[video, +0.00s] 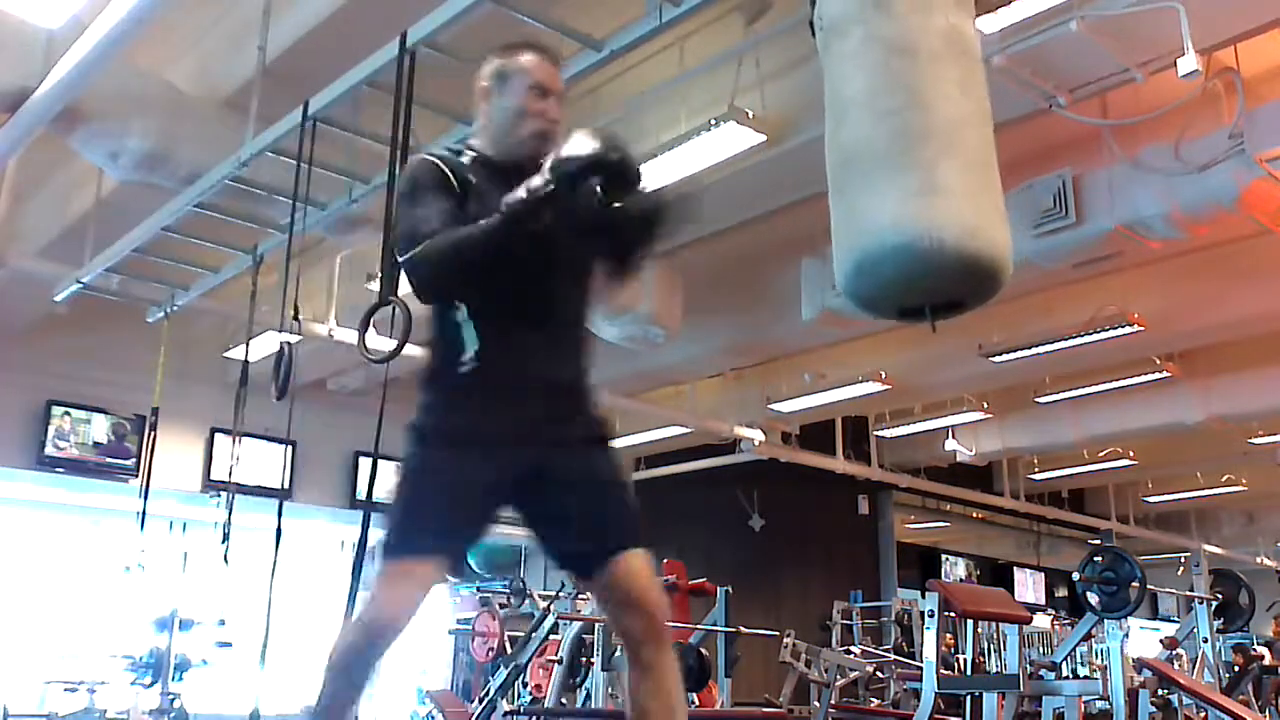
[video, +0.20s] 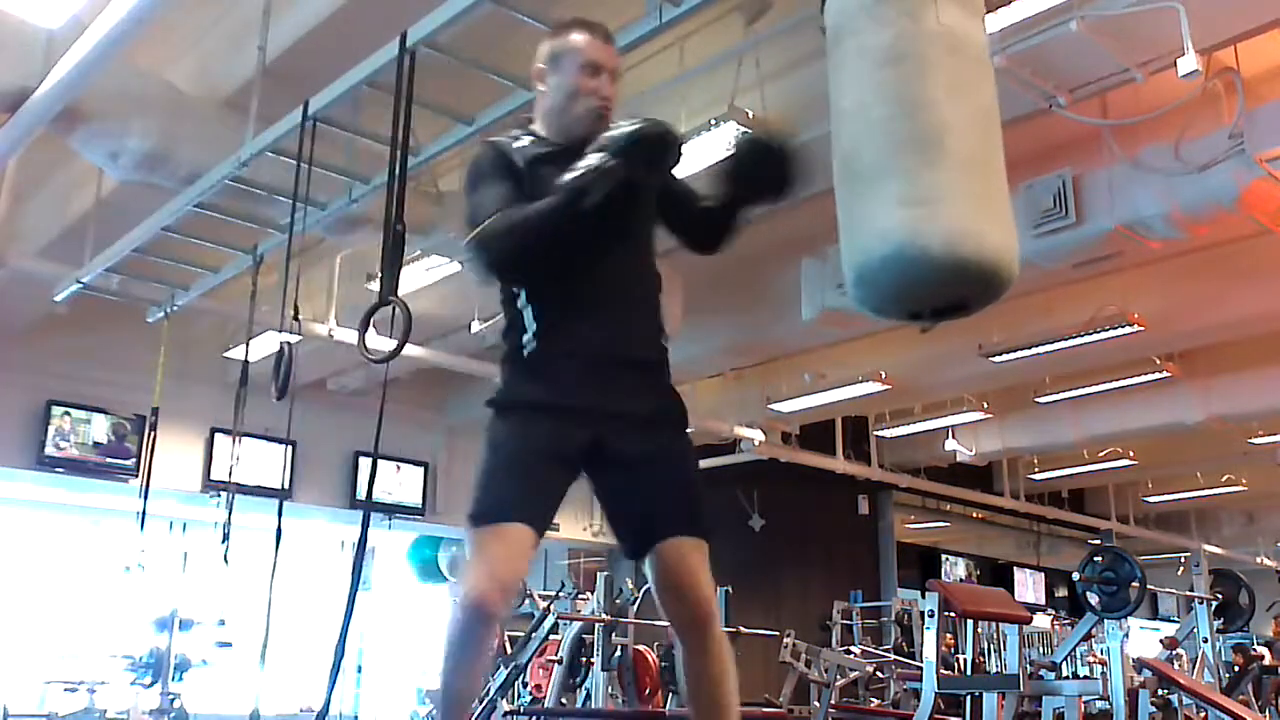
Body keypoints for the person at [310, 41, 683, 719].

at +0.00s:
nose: (551, 111)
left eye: (558, 99)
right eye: (537, 93)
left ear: (563, 113)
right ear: (487, 94)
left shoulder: (571, 186)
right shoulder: (436, 174)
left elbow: (619, 273)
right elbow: (422, 274)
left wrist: (623, 202)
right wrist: (533, 199)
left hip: (563, 426)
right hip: (463, 427)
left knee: (645, 613)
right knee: (383, 619)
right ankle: (327, 713)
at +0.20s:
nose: (604, 88)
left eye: (612, 78)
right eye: (589, 71)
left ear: (618, 91)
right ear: (542, 77)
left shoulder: (632, 160)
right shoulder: (500, 159)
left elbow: (702, 231)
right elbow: (494, 249)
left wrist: (736, 187)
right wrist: (600, 171)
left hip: (641, 402)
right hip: (540, 400)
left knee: (695, 601)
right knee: (484, 596)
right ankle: (450, 718)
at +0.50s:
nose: (663, 113)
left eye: (669, 101)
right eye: (647, 98)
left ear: (676, 109)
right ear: (600, 104)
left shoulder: (695, 170)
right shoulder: (569, 199)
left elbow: (787, 222)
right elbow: (563, 297)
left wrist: (806, 171)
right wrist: (649, 203)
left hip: (718, 415)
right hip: (623, 419)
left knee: (739, 616)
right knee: (555, 616)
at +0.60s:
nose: (672, 105)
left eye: (678, 92)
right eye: (655, 91)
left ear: (686, 100)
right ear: (610, 101)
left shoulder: (716, 152)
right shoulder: (580, 193)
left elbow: (830, 183)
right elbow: (576, 286)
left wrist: (878, 126)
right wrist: (655, 205)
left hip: (736, 398)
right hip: (643, 402)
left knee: (756, 606)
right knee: (588, 605)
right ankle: (570, 716)